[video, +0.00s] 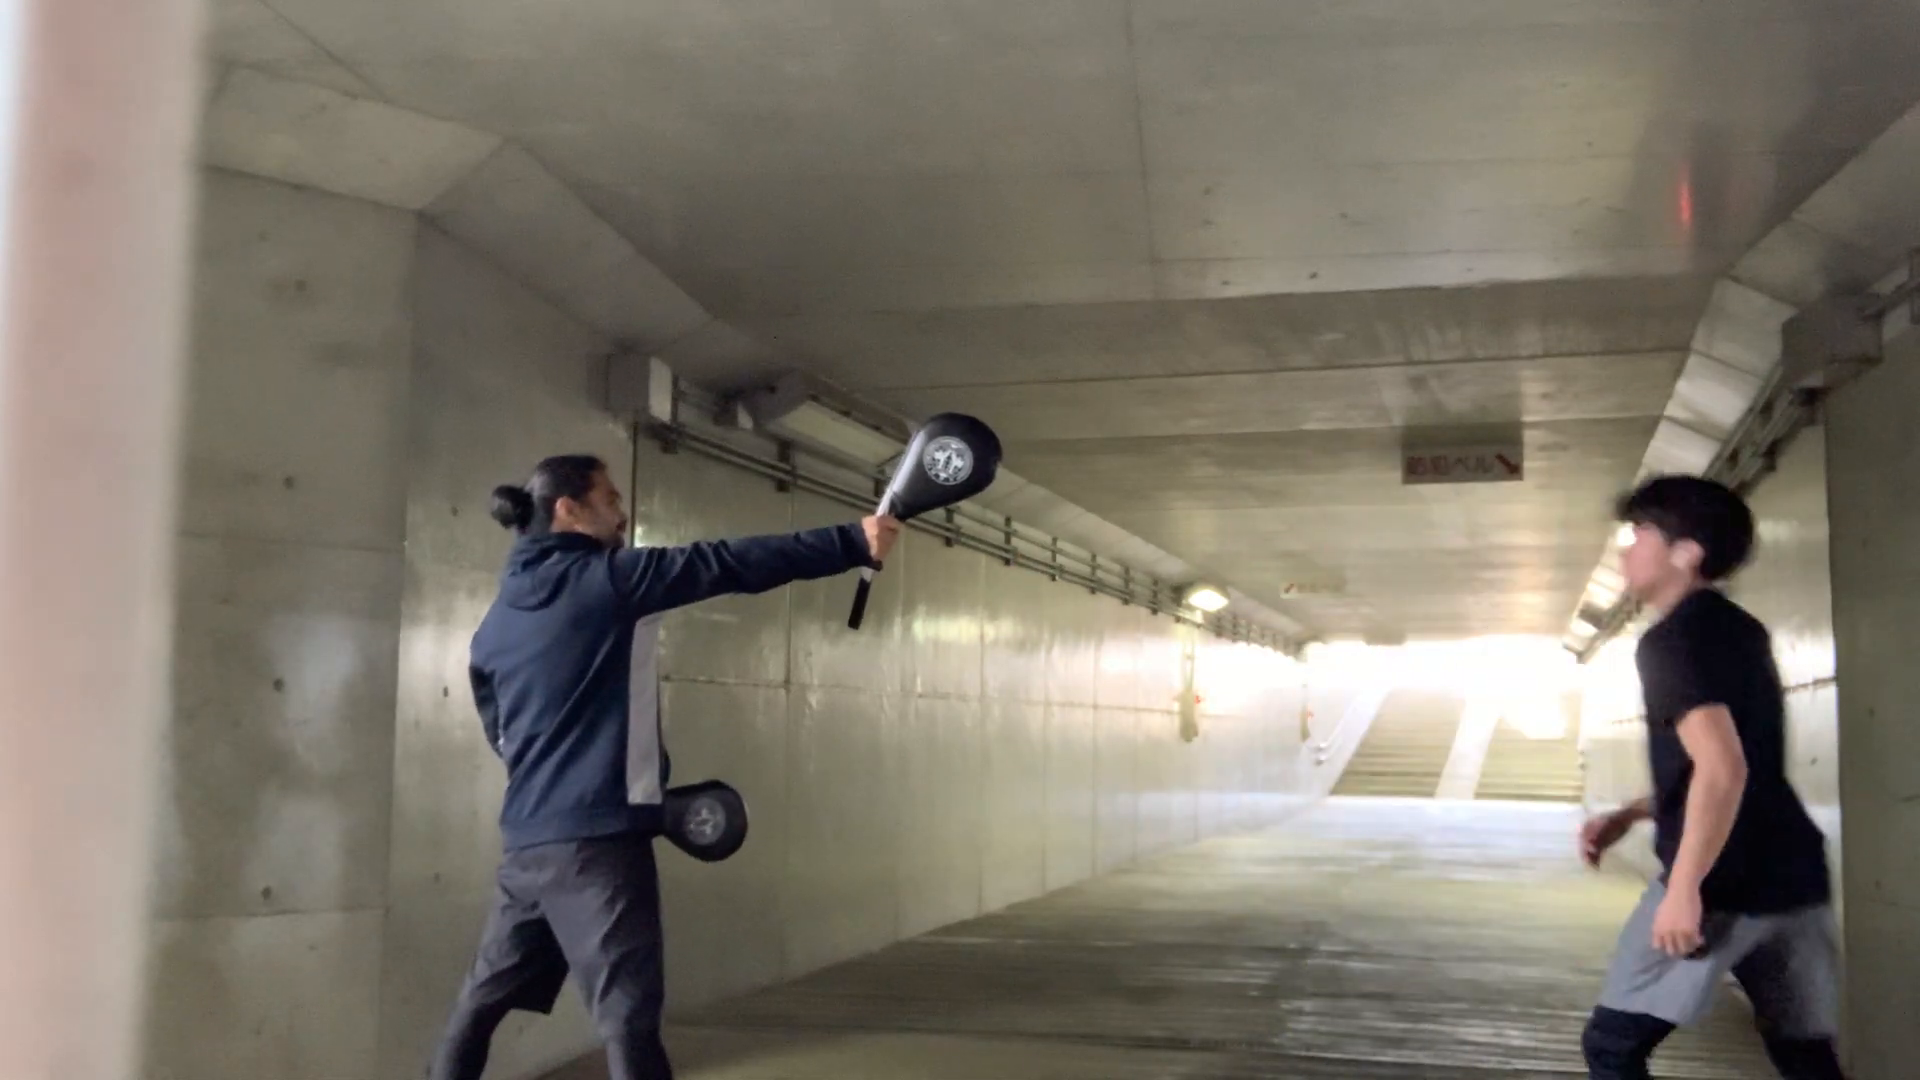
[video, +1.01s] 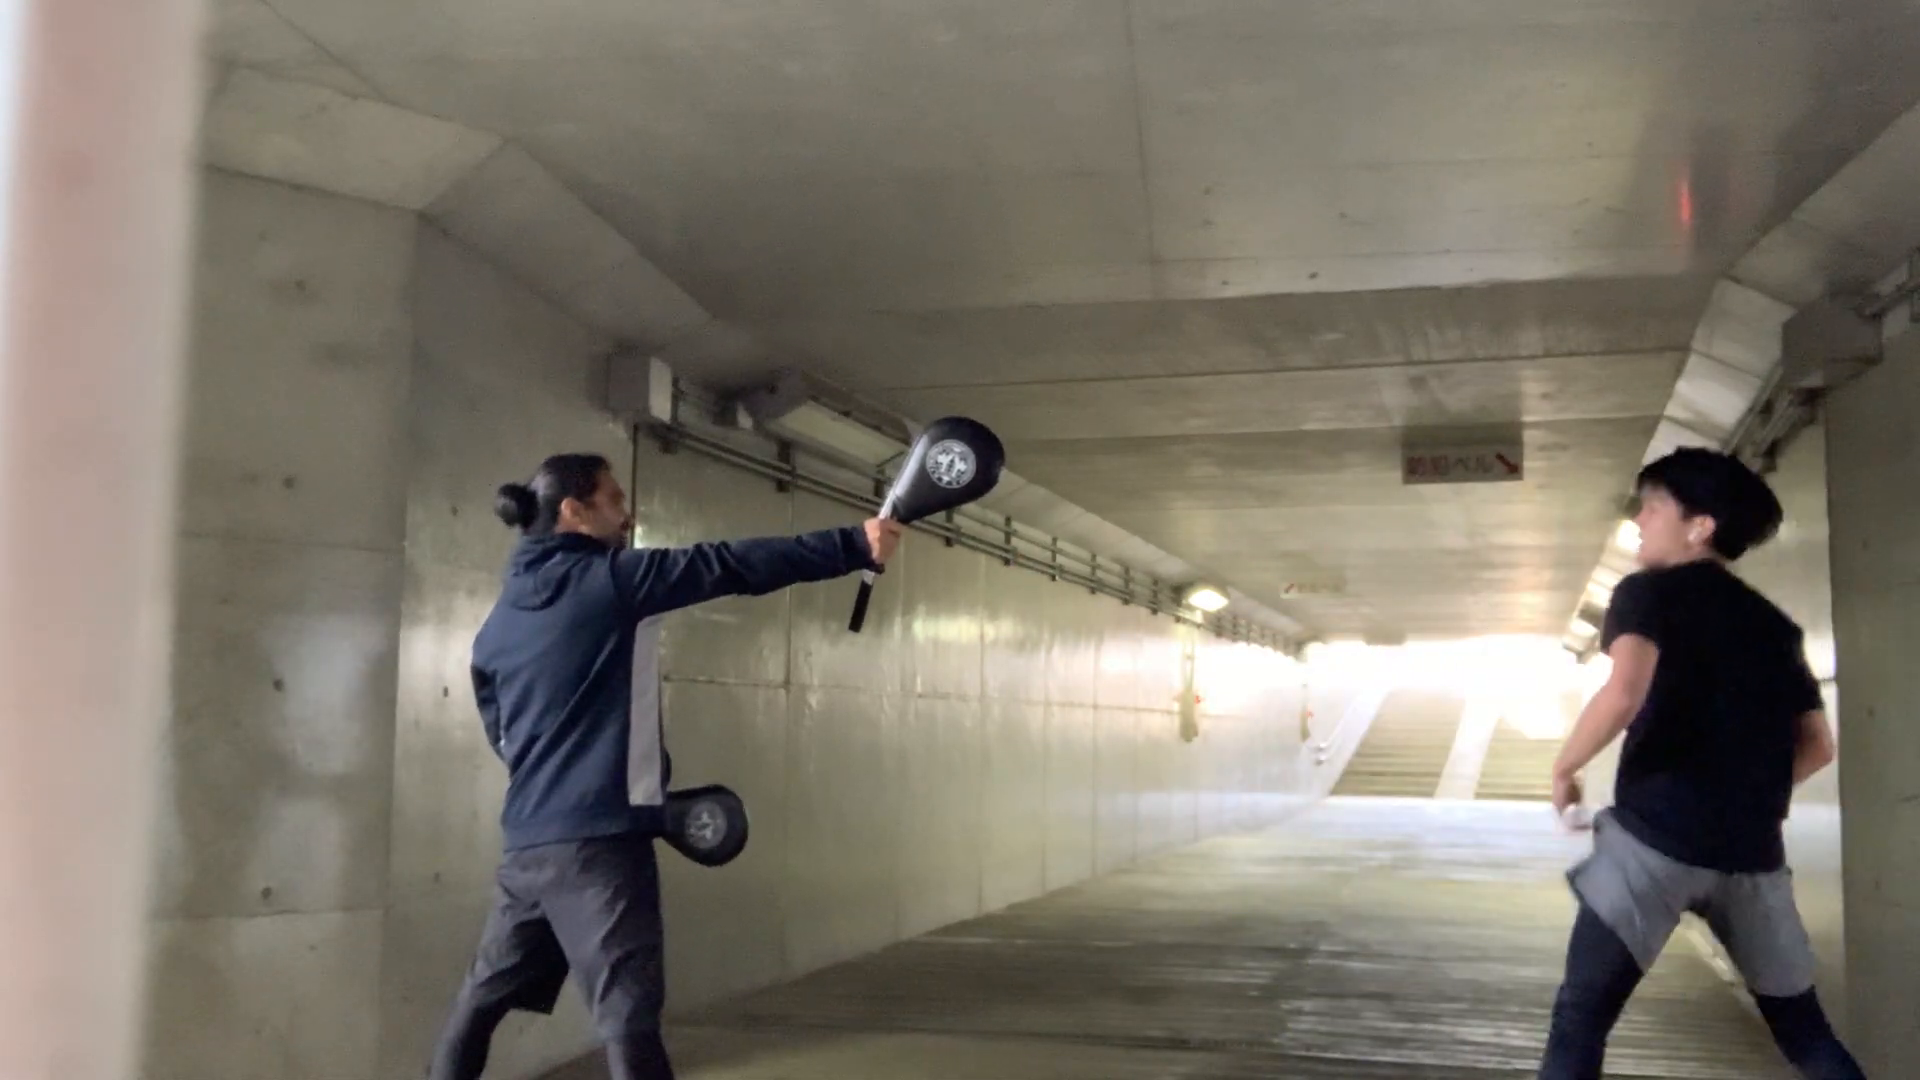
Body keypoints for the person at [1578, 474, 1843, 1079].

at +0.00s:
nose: (1625, 548)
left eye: (1640, 532)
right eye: (1631, 531)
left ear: (1687, 554)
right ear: (1690, 556)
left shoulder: (1671, 640)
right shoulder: (1743, 630)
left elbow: (1723, 768)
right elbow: (1719, 769)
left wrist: (1683, 887)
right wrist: (1629, 817)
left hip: (1713, 883)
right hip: (1790, 873)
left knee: (1612, 1046)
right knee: (1808, 1055)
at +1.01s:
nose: (1638, 522)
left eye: (1650, 509)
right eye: (1642, 508)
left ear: (1700, 527)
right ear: (1706, 531)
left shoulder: (1649, 591)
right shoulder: (1775, 623)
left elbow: (1627, 690)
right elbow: (1818, 745)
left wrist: (1566, 766)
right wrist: (1749, 788)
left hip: (1657, 840)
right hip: (1753, 850)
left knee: (1578, 1024)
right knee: (1808, 1035)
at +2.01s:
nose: (1511, 567)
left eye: (1529, 556)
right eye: (1519, 552)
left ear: (1570, 582)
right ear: (1567, 583)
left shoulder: (1553, 660)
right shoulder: (1566, 662)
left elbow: (1524, 765)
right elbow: (1576, 800)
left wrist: (1393, 752)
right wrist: (1571, 899)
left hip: (1498, 898)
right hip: (1537, 900)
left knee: (1376, 1032)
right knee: (1533, 1047)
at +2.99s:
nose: (1245, 601)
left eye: (1263, 590)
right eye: (1236, 579)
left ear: (1281, 586)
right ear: (1206, 550)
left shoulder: (1252, 644)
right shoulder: (1132, 608)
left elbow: (1197, 709)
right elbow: (1053, 690)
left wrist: (1214, 741)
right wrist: (1109, 787)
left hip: (1175, 829)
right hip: (1091, 822)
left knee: (1210, 997)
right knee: (1046, 997)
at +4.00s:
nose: (1413, 544)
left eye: (1424, 530)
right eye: (1415, 530)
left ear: (1469, 544)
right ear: (1478, 547)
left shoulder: (1452, 627)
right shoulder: (1540, 623)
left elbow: (1448, 755)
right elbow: (1589, 734)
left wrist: (1407, 856)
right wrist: (1580, 819)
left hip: (1486, 855)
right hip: (1555, 848)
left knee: (1435, 1019)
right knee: (1569, 994)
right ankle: (1632, 1070)